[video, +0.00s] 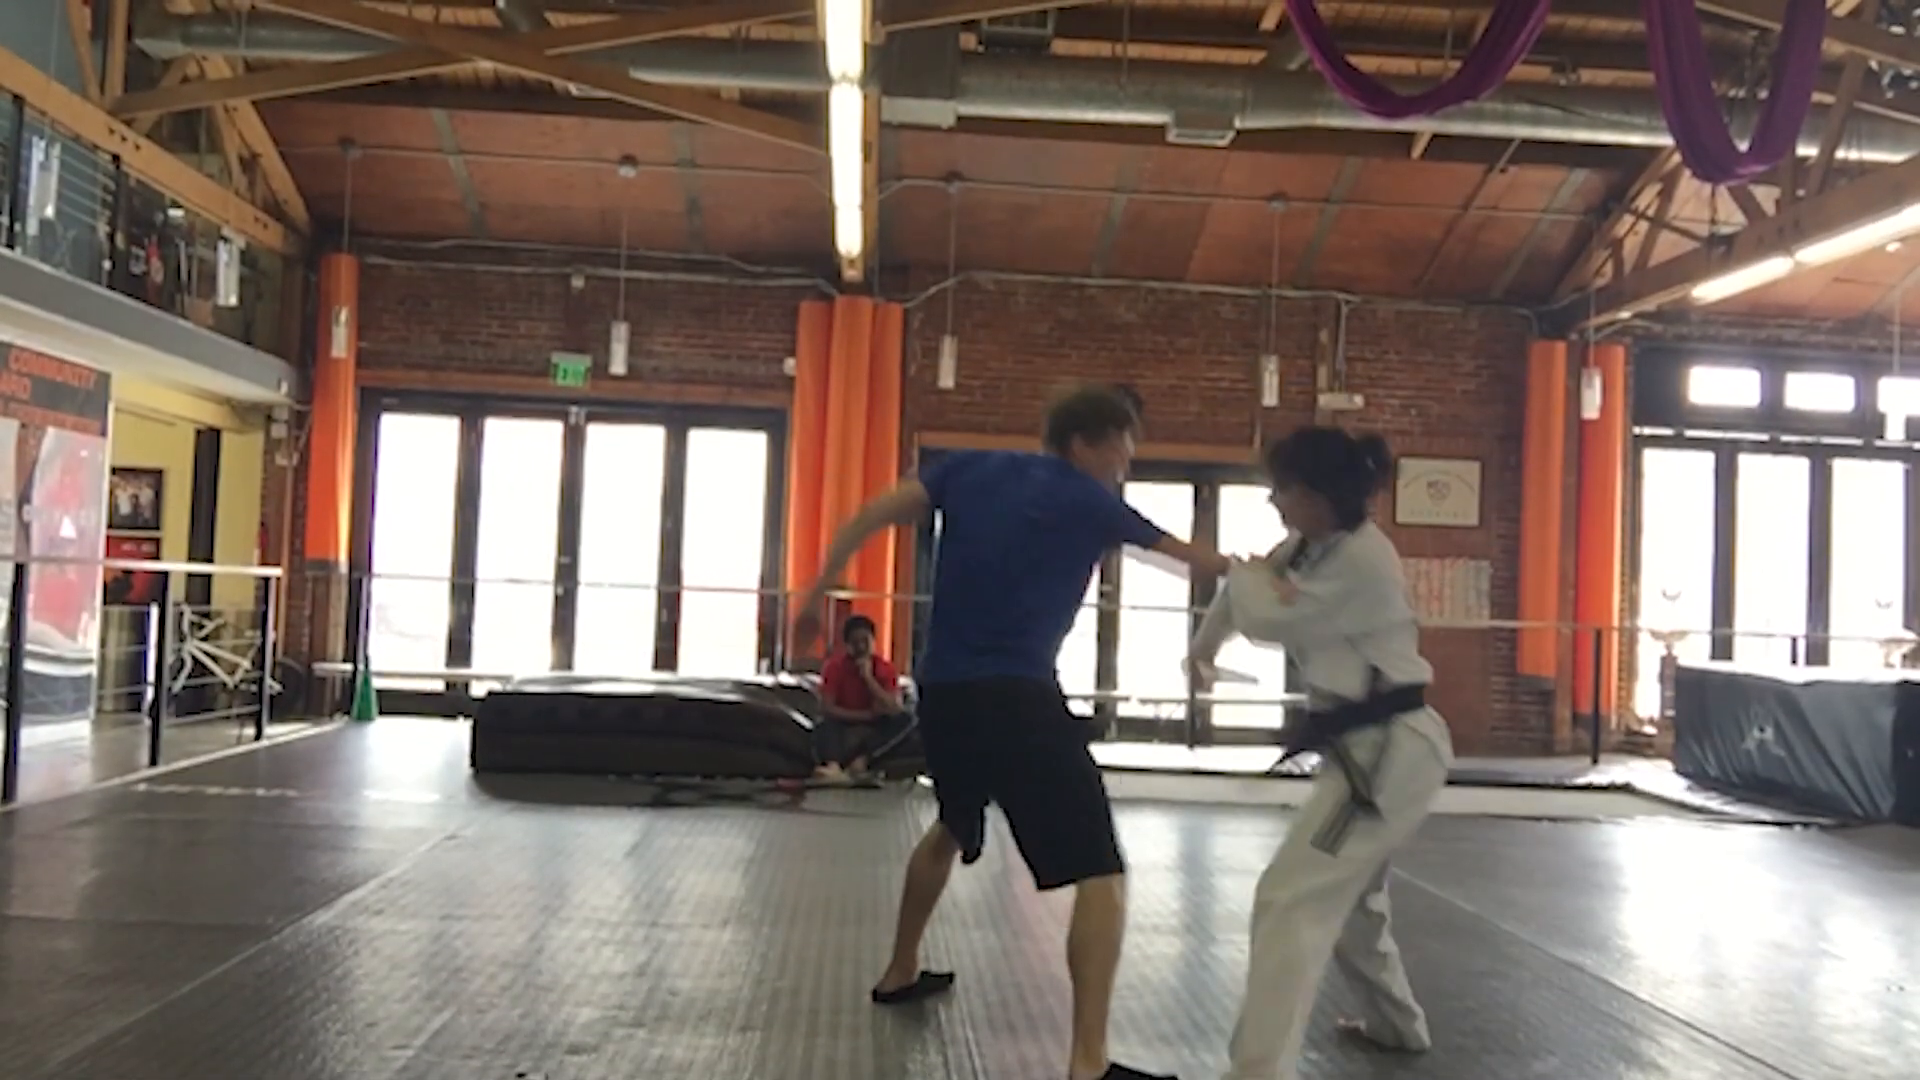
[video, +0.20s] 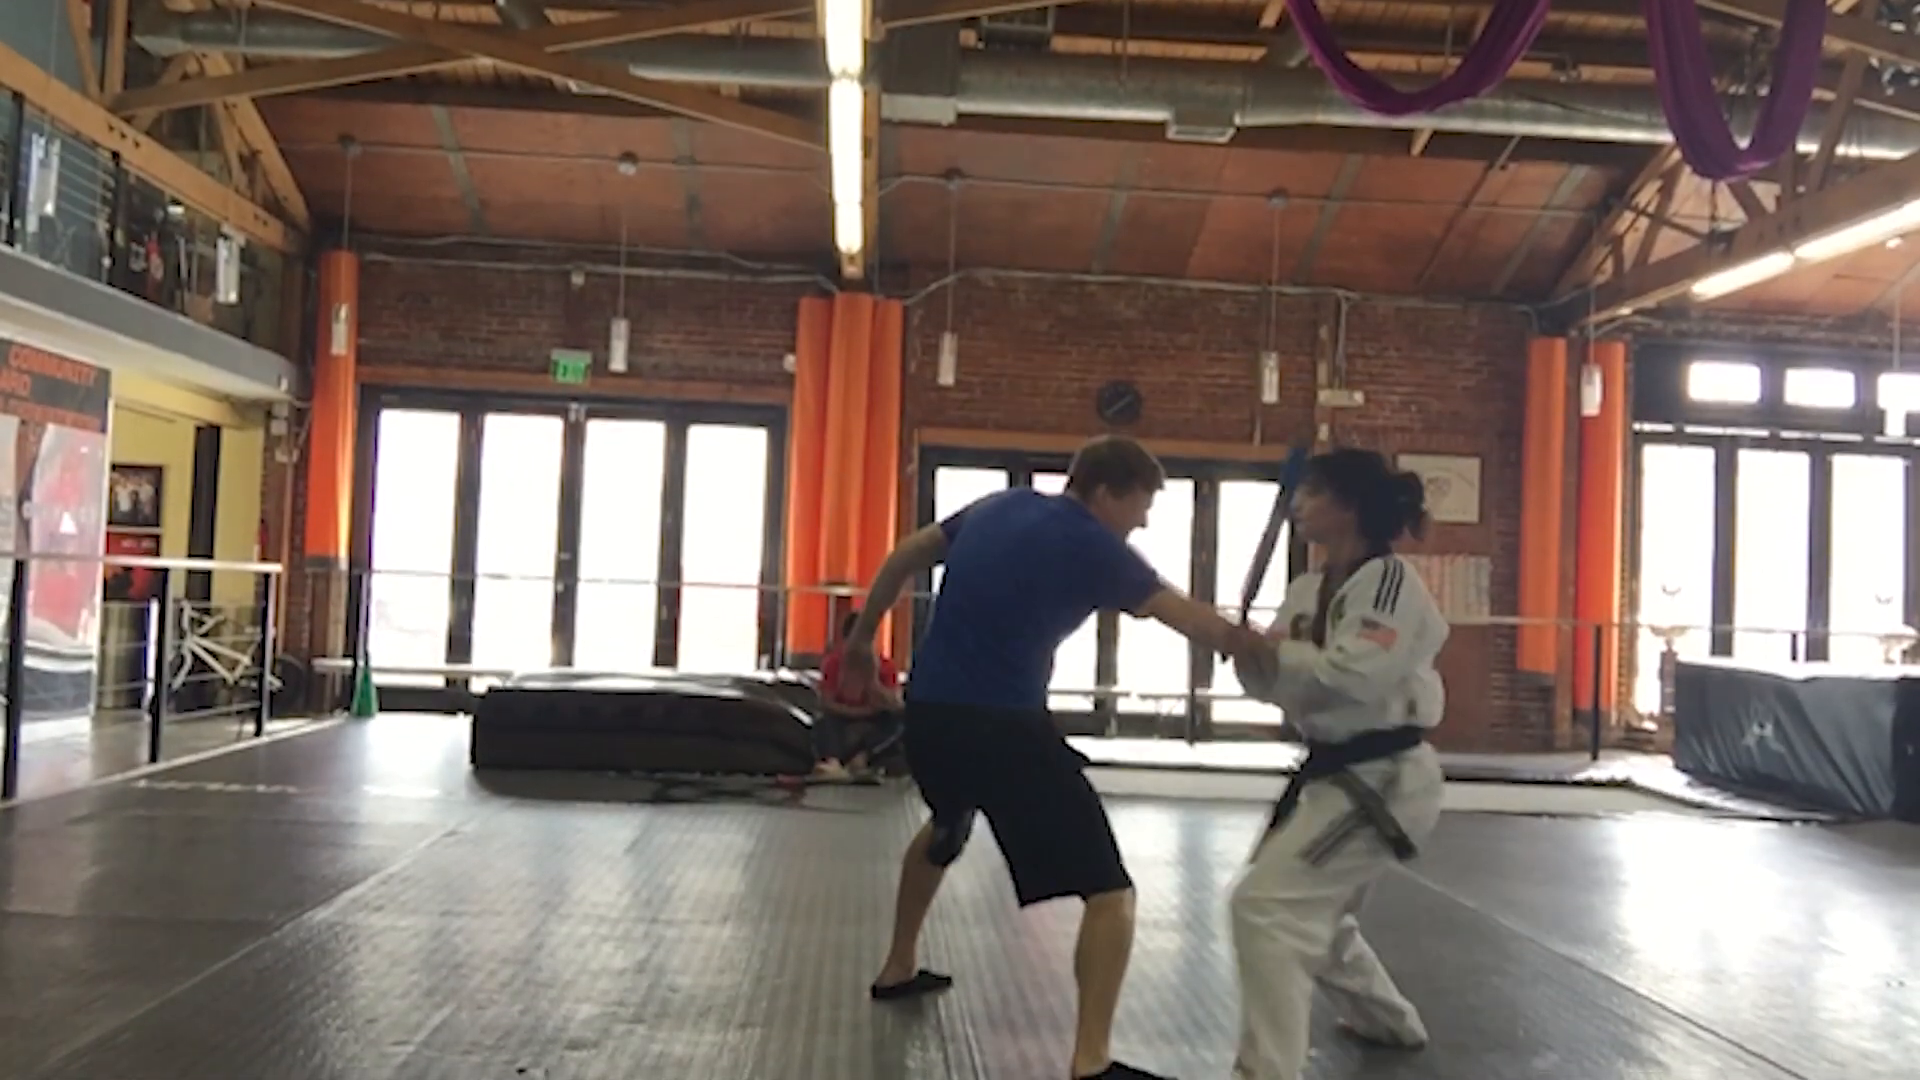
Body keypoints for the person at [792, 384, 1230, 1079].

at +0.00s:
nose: (1127, 470)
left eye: (1129, 458)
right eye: (1124, 455)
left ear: (1054, 441)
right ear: (1087, 443)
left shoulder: (970, 470)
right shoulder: (1093, 501)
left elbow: (874, 511)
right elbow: (1193, 560)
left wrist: (814, 589)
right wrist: (1247, 571)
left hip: (943, 694)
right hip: (1021, 698)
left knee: (950, 825)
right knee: (1101, 872)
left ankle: (899, 972)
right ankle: (1090, 1061)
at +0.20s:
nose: (1140, 522)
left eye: (1145, 510)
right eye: (1140, 507)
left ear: (1077, 486)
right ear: (1103, 493)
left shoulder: (1001, 505)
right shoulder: (1098, 550)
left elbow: (904, 555)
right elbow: (1203, 624)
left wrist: (859, 636)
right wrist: (1257, 645)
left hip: (929, 714)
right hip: (1012, 727)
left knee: (945, 823)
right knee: (1110, 894)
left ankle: (896, 969)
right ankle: (1091, 1061)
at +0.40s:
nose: (1144, 446)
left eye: (1145, 433)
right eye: (1142, 433)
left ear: (1073, 421)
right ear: (1120, 436)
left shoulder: (1005, 450)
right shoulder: (1115, 502)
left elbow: (892, 442)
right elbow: (1205, 559)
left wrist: (883, 496)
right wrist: (1260, 571)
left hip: (942, 682)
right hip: (1027, 694)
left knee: (930, 818)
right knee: (1080, 871)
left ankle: (897, 970)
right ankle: (1095, 1049)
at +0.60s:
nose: (1156, 439)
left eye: (1157, 427)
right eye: (1155, 427)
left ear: (1079, 415)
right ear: (1137, 432)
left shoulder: (1027, 460)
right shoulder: (1143, 508)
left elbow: (928, 421)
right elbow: (1213, 575)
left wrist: (830, 372)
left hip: (967, 680)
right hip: (1051, 699)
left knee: (929, 826)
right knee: (1086, 874)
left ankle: (901, 968)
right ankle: (1118, 1055)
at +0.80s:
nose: (1158, 459)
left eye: (1162, 447)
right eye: (1156, 444)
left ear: (1091, 422)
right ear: (1126, 432)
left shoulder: (1020, 456)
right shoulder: (1126, 508)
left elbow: (912, 430)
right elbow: (1205, 582)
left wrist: (850, 429)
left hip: (973, 686)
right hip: (1057, 702)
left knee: (939, 815)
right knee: (1098, 877)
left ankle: (900, 968)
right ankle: (1118, 1055)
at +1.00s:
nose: (1146, 481)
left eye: (1153, 470)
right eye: (1150, 466)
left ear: (1094, 430)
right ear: (1126, 440)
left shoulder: (1014, 457)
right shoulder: (1122, 506)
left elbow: (908, 500)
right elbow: (1204, 614)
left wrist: (903, 568)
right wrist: (1202, 660)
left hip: (971, 688)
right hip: (1056, 702)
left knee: (952, 818)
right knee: (1111, 872)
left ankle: (906, 969)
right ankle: (1113, 1060)